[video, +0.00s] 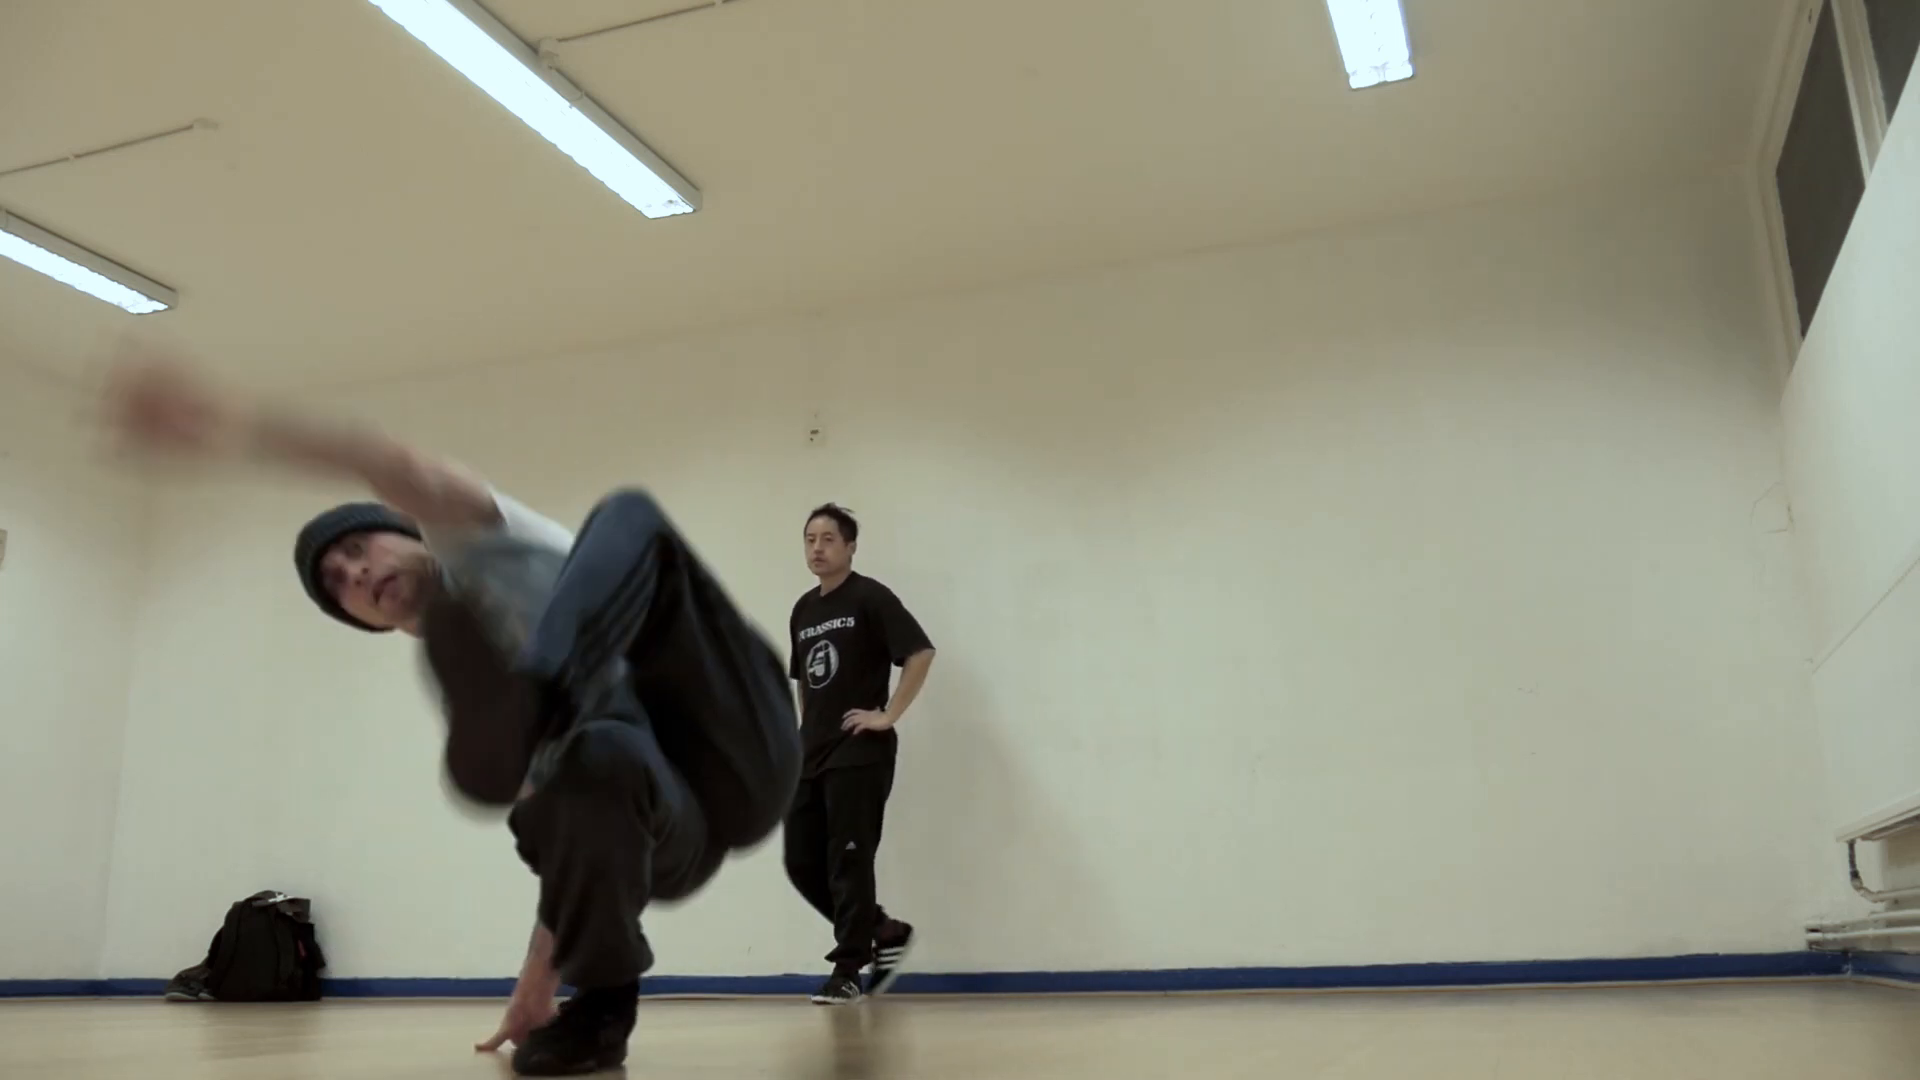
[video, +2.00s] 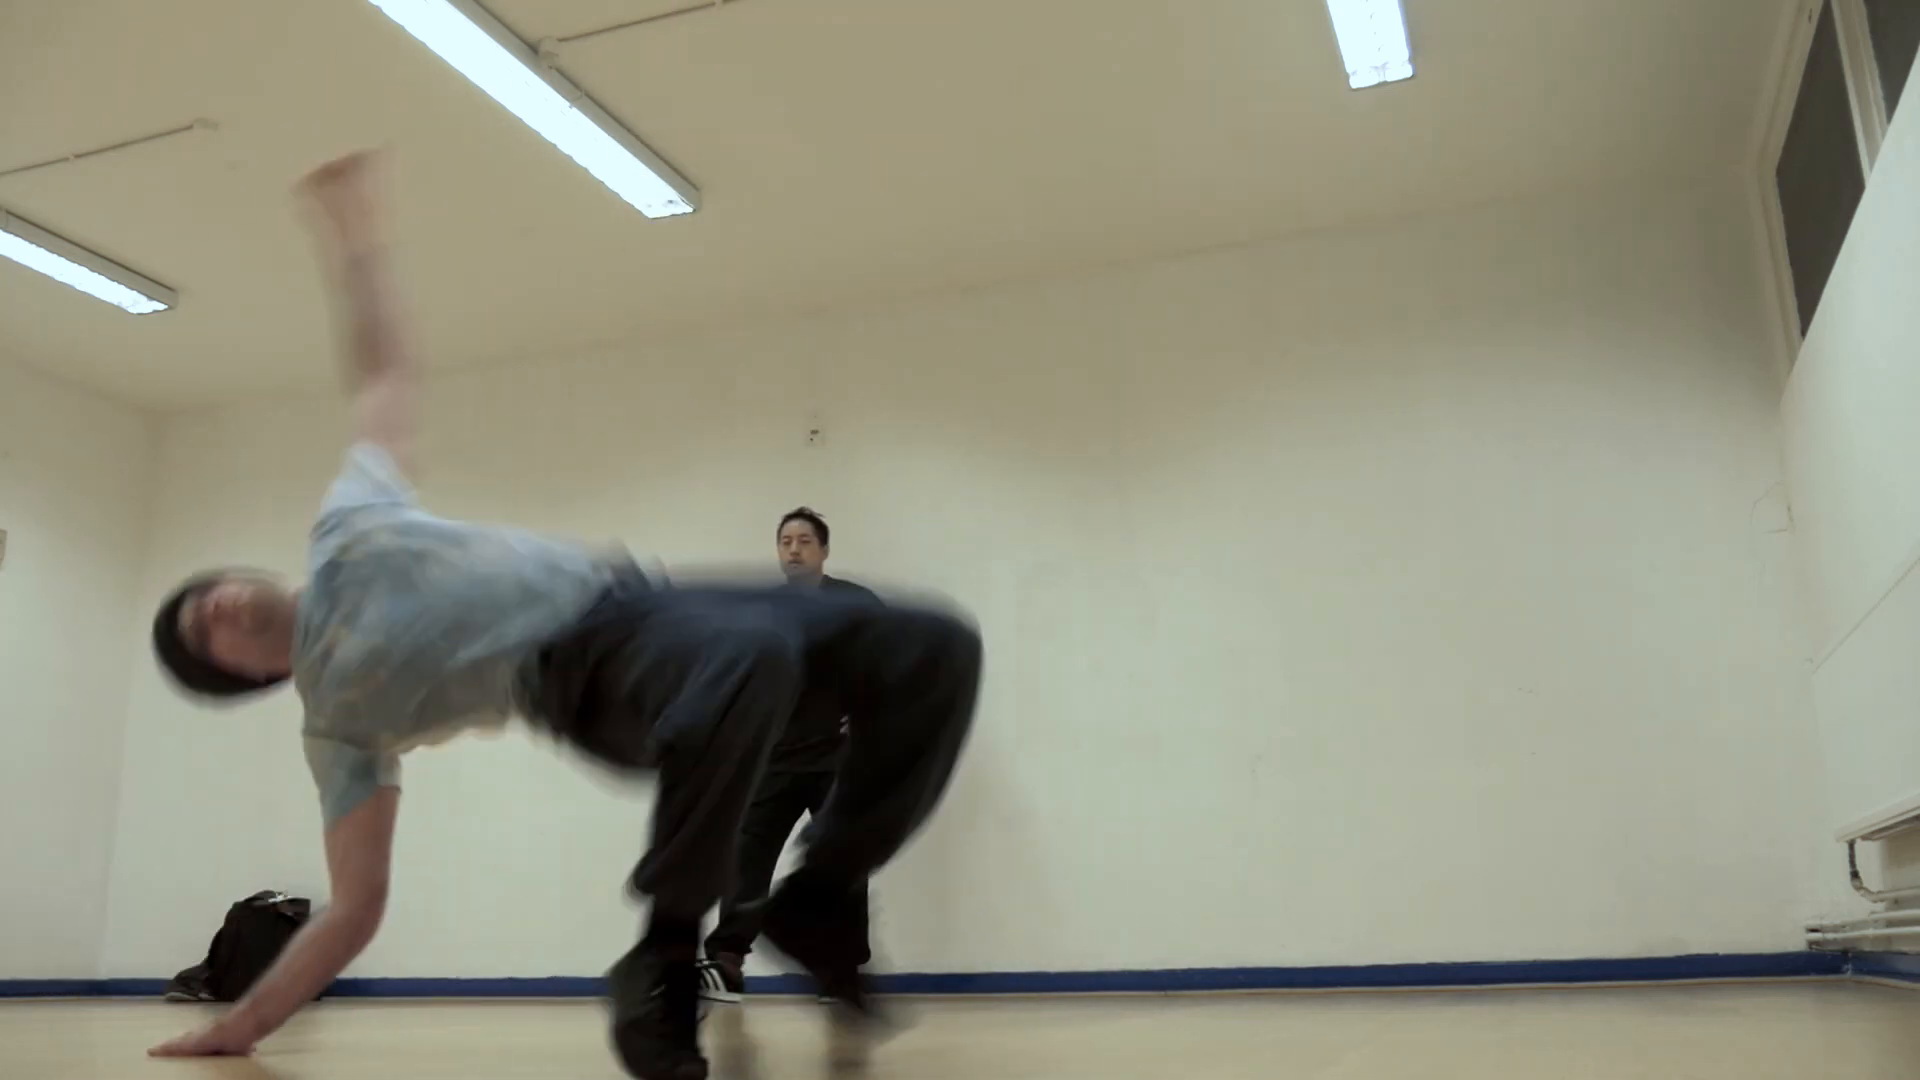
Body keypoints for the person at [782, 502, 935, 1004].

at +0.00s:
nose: (817, 547)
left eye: (828, 539)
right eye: (810, 539)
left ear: (850, 546)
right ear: (804, 547)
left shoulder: (871, 598)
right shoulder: (803, 610)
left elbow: (921, 653)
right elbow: (803, 682)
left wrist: (890, 715)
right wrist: (807, 731)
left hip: (860, 746)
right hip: (814, 750)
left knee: (849, 856)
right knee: (802, 863)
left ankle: (849, 970)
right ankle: (887, 934)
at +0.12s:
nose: (803, 544)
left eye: (813, 536)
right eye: (796, 537)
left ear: (835, 542)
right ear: (790, 545)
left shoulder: (856, 592)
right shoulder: (790, 603)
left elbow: (906, 648)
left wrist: (878, 712)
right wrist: (801, 713)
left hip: (847, 744)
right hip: (799, 745)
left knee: (843, 855)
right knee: (771, 851)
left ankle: (845, 972)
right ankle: (829, 940)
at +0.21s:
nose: (790, 544)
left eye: (800, 535)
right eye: (783, 535)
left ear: (823, 542)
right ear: (777, 545)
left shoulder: (845, 591)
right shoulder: (779, 607)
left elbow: (895, 646)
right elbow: (795, 672)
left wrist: (869, 713)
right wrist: (793, 720)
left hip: (840, 746)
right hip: (790, 747)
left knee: (839, 855)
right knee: (756, 849)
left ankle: (846, 973)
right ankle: (784, 961)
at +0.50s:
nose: (735, 542)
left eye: (745, 533)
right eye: (728, 534)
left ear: (767, 540)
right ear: (719, 544)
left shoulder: (793, 588)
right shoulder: (720, 609)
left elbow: (849, 643)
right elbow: (725, 676)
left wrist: (827, 712)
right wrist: (729, 724)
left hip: (794, 753)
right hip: (737, 755)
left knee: (814, 859)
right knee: (721, 860)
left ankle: (841, 969)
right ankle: (708, 973)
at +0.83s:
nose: (679, 537)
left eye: (689, 528)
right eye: (671, 530)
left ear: (710, 536)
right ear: (662, 542)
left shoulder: (747, 582)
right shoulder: (662, 608)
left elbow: (807, 634)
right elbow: (662, 675)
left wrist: (792, 704)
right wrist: (679, 728)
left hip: (754, 743)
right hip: (698, 749)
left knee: (756, 849)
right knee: (699, 849)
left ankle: (781, 950)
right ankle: (706, 969)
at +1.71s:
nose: (741, 545)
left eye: (751, 536)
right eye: (733, 538)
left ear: (770, 545)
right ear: (724, 549)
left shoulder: (806, 596)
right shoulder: (712, 613)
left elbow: (862, 650)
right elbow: (697, 672)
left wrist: (842, 722)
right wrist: (718, 730)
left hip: (804, 747)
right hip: (741, 752)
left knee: (821, 850)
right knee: (735, 854)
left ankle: (842, 962)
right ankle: (723, 973)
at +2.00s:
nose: (794, 550)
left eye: (805, 541)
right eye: (786, 541)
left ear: (825, 550)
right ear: (776, 551)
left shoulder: (857, 604)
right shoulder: (763, 609)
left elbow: (887, 685)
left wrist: (866, 754)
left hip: (836, 757)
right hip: (774, 757)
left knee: (843, 853)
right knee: (750, 853)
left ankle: (844, 966)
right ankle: (726, 959)